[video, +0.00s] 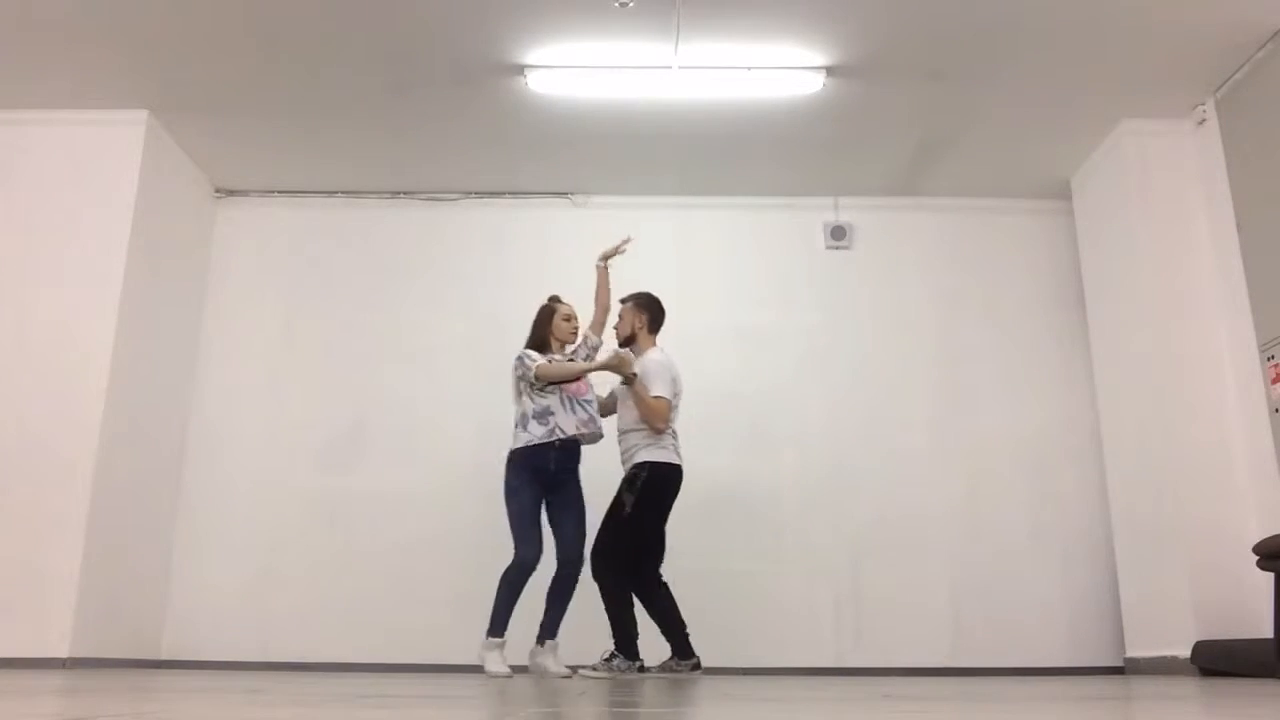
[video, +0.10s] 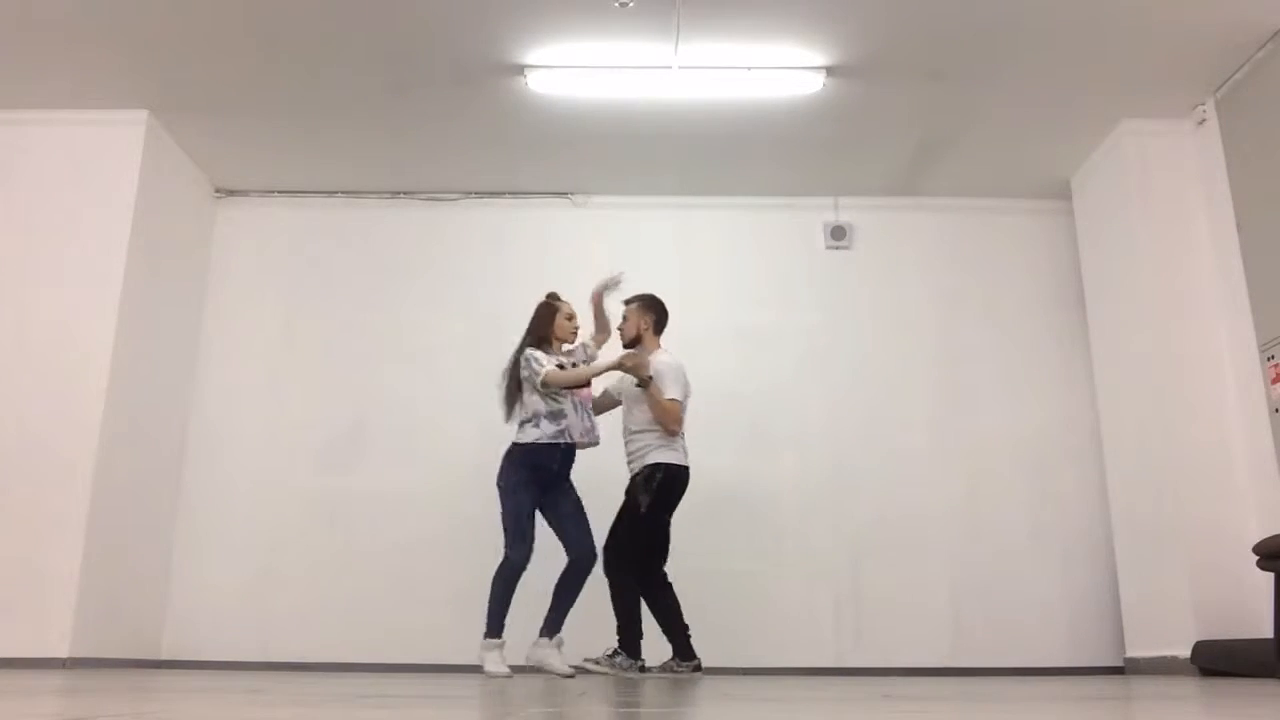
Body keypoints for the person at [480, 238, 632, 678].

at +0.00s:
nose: (576, 327)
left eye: (577, 321)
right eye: (567, 320)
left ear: (576, 328)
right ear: (548, 324)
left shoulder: (580, 356)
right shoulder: (526, 358)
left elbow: (601, 316)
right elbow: (549, 372)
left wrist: (603, 264)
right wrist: (600, 365)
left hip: (565, 471)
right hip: (525, 469)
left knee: (572, 558)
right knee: (528, 556)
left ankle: (544, 649)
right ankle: (493, 645)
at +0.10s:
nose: (577, 327)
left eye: (577, 321)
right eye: (570, 320)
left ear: (565, 327)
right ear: (550, 323)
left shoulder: (573, 358)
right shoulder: (532, 357)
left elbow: (601, 335)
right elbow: (559, 379)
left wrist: (598, 299)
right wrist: (613, 364)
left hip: (556, 473)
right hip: (522, 467)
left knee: (583, 555)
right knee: (517, 553)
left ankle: (545, 645)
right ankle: (492, 645)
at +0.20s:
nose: (579, 324)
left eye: (578, 318)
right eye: (573, 318)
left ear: (560, 322)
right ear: (554, 321)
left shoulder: (564, 361)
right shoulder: (539, 358)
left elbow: (581, 390)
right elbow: (571, 387)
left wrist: (591, 347)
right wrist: (621, 363)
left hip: (560, 473)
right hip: (529, 469)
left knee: (583, 557)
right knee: (524, 555)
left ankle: (544, 646)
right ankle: (492, 645)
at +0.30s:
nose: (582, 325)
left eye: (581, 318)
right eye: (576, 318)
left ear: (564, 322)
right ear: (557, 320)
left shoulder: (564, 361)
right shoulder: (549, 358)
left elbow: (584, 400)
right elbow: (586, 385)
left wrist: (614, 370)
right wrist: (635, 354)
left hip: (567, 471)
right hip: (543, 470)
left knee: (579, 560)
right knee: (555, 556)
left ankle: (542, 650)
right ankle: (504, 639)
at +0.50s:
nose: (592, 323)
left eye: (592, 316)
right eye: (587, 317)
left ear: (563, 320)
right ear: (571, 319)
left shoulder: (557, 358)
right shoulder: (581, 351)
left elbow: (590, 396)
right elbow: (630, 357)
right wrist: (669, 323)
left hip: (545, 469)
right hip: (558, 470)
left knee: (560, 556)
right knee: (595, 544)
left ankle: (538, 651)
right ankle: (557, 637)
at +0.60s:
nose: (597, 320)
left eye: (596, 314)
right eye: (591, 314)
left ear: (566, 320)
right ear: (574, 317)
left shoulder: (552, 356)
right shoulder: (593, 349)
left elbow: (587, 395)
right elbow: (641, 344)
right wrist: (669, 302)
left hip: (540, 465)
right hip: (563, 467)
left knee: (547, 558)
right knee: (598, 546)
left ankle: (537, 652)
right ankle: (579, 646)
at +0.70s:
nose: (601, 317)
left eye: (599, 311)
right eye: (593, 312)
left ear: (571, 318)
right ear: (574, 314)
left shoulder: (559, 353)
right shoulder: (589, 343)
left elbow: (600, 398)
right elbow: (638, 326)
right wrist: (659, 277)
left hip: (543, 465)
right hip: (563, 467)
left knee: (545, 558)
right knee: (600, 549)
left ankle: (537, 652)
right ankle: (578, 649)